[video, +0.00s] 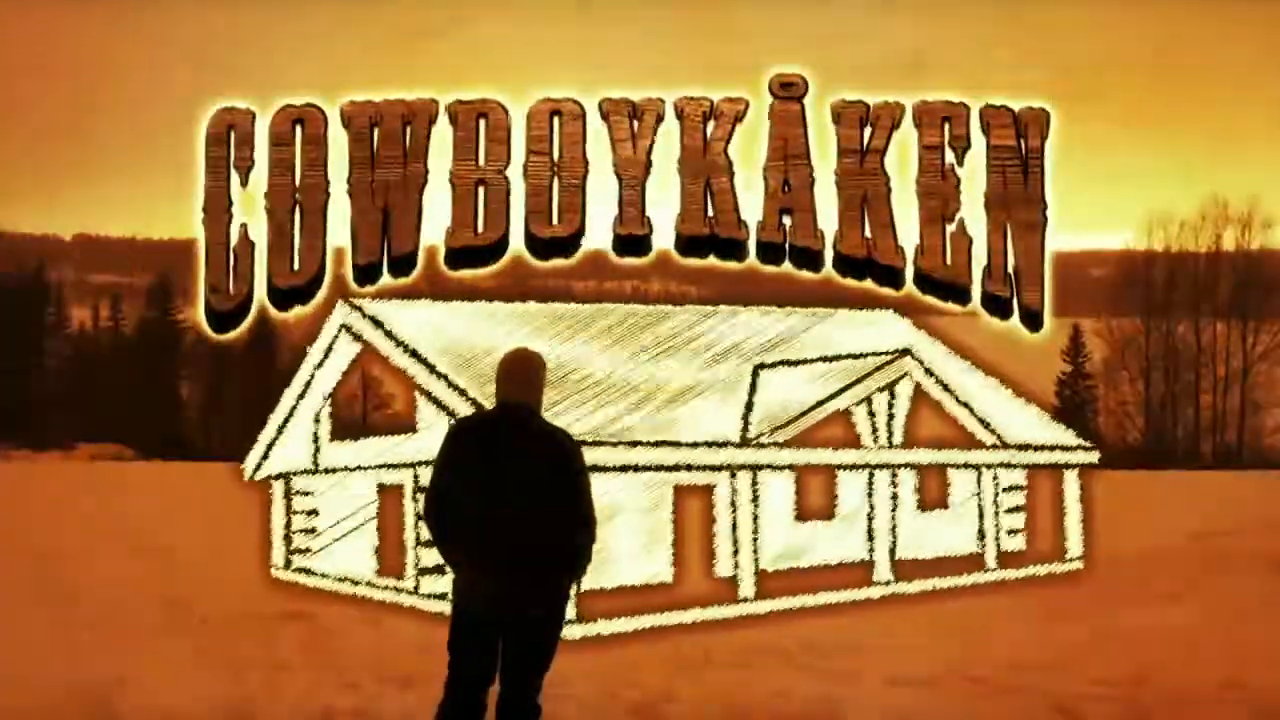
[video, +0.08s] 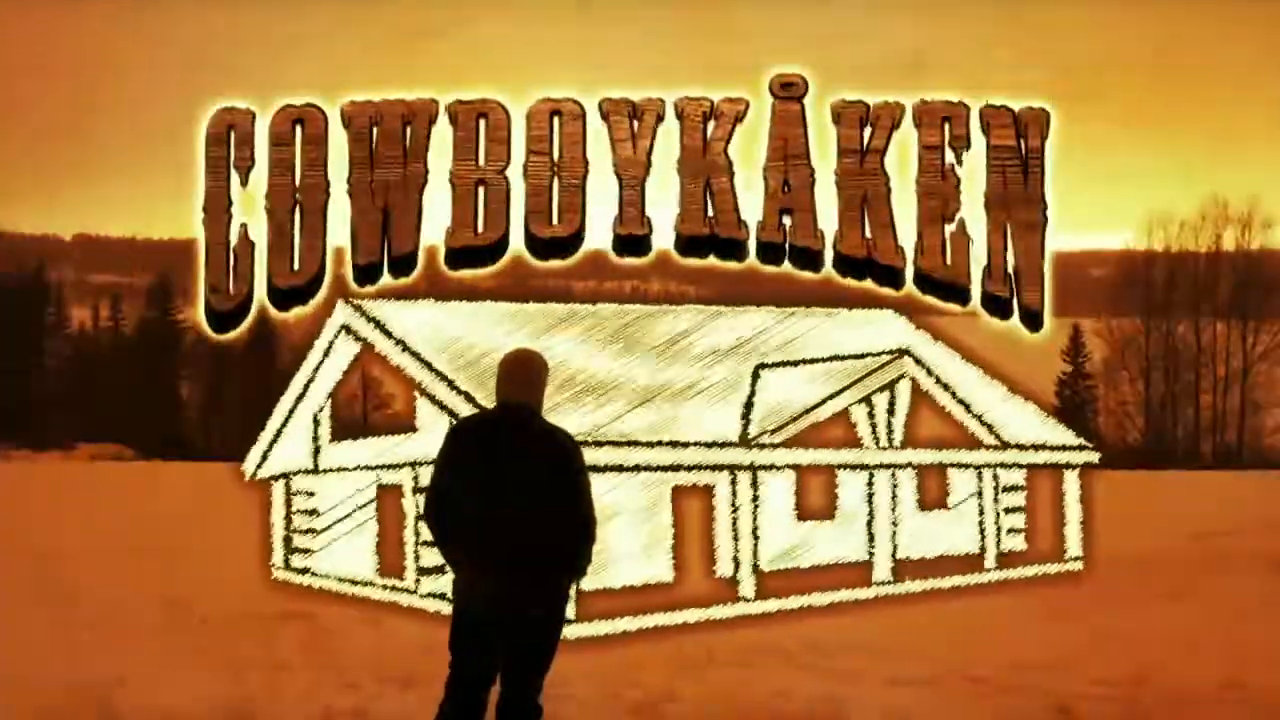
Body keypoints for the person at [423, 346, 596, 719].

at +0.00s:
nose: (529, 392)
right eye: (535, 384)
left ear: (497, 385)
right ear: (541, 389)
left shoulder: (464, 434)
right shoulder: (562, 445)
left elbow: (436, 509)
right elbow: (582, 522)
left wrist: (462, 562)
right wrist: (566, 572)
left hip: (476, 588)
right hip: (540, 592)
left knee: (464, 689)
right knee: (521, 694)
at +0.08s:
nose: (529, 392)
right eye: (538, 385)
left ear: (497, 385)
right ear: (542, 389)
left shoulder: (464, 434)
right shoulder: (561, 445)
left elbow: (437, 509)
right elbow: (582, 521)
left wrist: (462, 562)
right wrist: (568, 570)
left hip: (477, 589)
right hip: (541, 593)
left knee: (465, 690)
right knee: (523, 695)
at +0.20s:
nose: (532, 392)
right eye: (538, 385)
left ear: (498, 384)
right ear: (541, 389)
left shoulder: (464, 434)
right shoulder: (562, 445)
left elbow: (438, 508)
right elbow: (581, 521)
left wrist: (463, 562)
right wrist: (568, 573)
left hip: (477, 589)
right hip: (541, 593)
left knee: (465, 689)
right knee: (523, 694)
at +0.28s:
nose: (529, 392)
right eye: (536, 385)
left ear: (498, 384)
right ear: (543, 389)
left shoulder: (465, 434)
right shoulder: (562, 445)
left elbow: (439, 508)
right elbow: (581, 521)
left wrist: (463, 563)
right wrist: (568, 573)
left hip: (478, 588)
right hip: (542, 592)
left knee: (465, 688)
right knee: (523, 693)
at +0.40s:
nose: (532, 392)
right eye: (540, 385)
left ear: (499, 384)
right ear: (543, 389)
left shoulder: (465, 434)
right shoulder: (561, 445)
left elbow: (440, 507)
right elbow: (580, 521)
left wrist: (464, 563)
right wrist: (568, 573)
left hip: (478, 588)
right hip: (542, 593)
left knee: (466, 689)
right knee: (523, 693)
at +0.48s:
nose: (530, 393)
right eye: (537, 385)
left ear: (498, 384)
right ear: (543, 389)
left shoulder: (465, 434)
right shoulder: (562, 447)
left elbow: (440, 508)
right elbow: (580, 522)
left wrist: (463, 562)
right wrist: (568, 572)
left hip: (477, 588)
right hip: (541, 593)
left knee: (466, 689)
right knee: (523, 693)